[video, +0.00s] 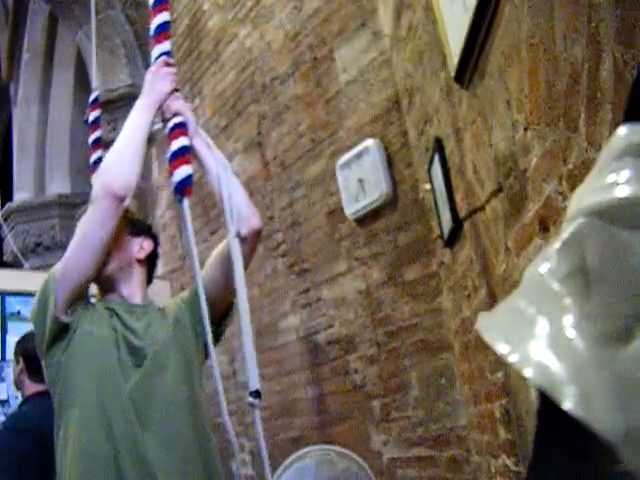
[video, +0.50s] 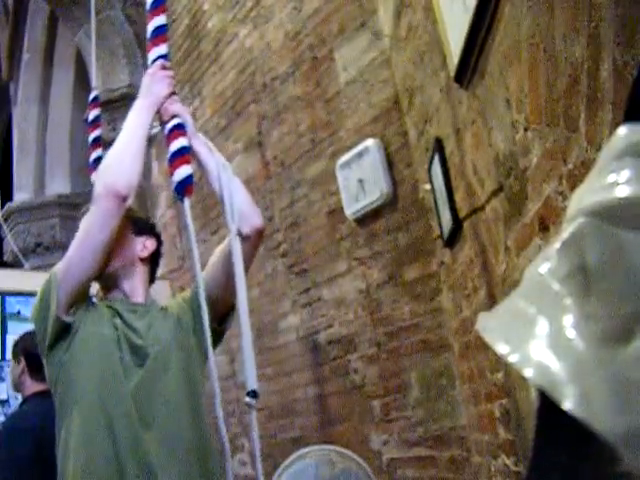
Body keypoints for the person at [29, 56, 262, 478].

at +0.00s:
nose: (100, 240)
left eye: (114, 231)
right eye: (100, 232)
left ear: (144, 248)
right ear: (87, 248)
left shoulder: (183, 320)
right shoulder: (66, 323)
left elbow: (247, 228)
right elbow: (111, 191)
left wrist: (195, 135)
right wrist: (148, 101)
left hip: (192, 470)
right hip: (93, 470)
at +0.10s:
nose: (100, 240)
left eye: (113, 231)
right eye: (100, 232)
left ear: (144, 247)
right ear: (87, 248)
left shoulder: (184, 320)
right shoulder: (66, 324)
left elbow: (247, 228)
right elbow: (111, 191)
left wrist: (195, 133)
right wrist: (148, 100)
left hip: (190, 470)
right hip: (93, 470)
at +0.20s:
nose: (100, 239)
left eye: (114, 230)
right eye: (100, 231)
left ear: (144, 247)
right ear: (87, 247)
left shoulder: (184, 320)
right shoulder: (66, 323)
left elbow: (247, 228)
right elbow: (111, 191)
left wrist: (195, 133)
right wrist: (148, 100)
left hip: (193, 470)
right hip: (94, 470)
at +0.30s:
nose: (100, 239)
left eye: (114, 230)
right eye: (100, 231)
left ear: (145, 246)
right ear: (87, 247)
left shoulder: (184, 320)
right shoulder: (66, 323)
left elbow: (247, 227)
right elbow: (112, 190)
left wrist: (194, 131)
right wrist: (148, 99)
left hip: (191, 470)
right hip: (93, 470)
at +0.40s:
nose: (100, 240)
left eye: (114, 231)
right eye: (100, 232)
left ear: (145, 246)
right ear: (87, 247)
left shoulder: (184, 320)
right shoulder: (66, 324)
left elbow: (248, 228)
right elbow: (111, 191)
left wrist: (195, 132)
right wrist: (147, 100)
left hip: (193, 471)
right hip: (94, 471)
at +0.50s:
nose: (101, 238)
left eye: (115, 230)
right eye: (102, 230)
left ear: (146, 245)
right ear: (88, 246)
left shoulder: (185, 320)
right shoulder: (66, 322)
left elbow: (248, 228)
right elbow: (112, 191)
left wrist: (193, 137)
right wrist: (145, 103)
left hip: (189, 470)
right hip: (92, 470)